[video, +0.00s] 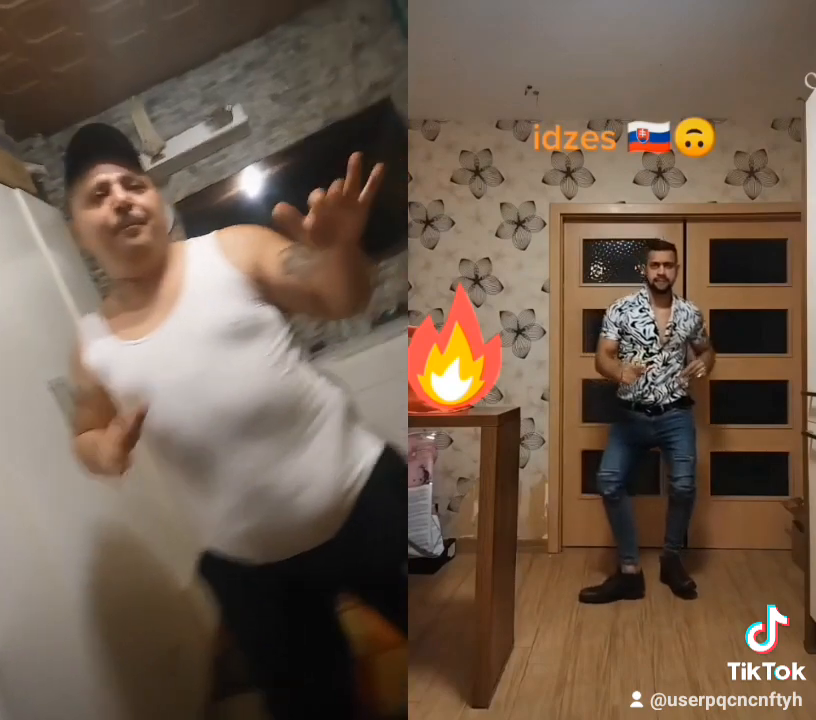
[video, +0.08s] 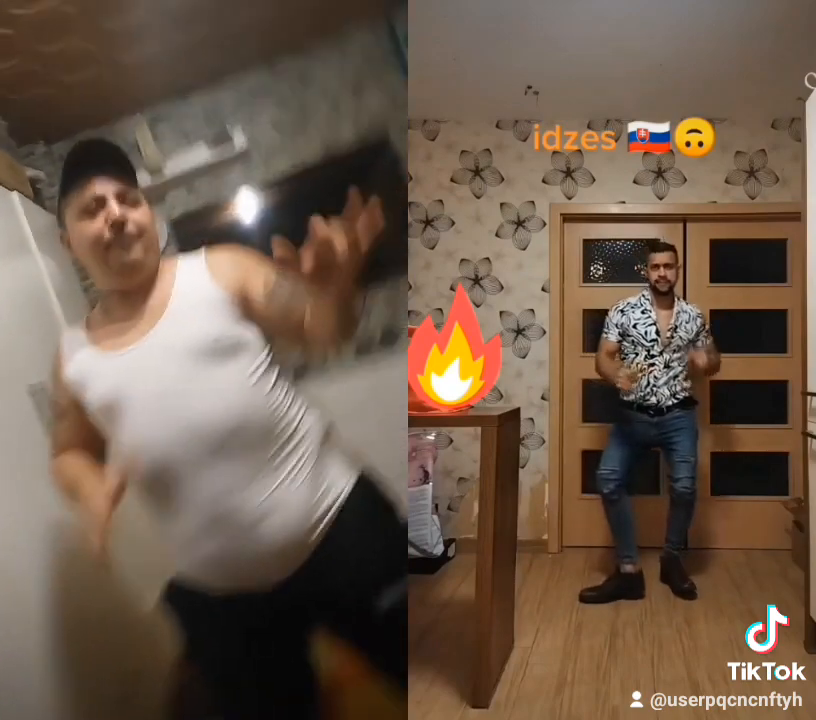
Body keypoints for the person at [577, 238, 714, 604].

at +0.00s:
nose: (662, 272)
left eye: (668, 265)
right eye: (655, 266)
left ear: (677, 270)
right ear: (644, 270)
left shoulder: (689, 315)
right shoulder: (621, 310)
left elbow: (705, 352)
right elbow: (603, 358)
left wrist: (703, 364)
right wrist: (620, 371)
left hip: (676, 415)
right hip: (631, 416)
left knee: (683, 487)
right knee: (609, 484)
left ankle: (672, 562)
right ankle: (629, 573)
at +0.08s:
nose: (662, 273)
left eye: (668, 267)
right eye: (656, 267)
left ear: (678, 271)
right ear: (645, 272)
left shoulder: (692, 317)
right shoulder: (623, 312)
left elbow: (712, 365)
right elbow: (604, 358)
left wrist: (703, 364)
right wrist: (618, 377)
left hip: (678, 415)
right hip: (633, 416)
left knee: (684, 488)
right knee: (609, 483)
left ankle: (672, 563)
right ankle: (629, 574)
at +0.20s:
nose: (661, 270)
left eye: (667, 264)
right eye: (655, 265)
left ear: (678, 268)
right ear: (646, 271)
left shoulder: (697, 312)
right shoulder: (626, 310)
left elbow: (719, 365)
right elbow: (603, 356)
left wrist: (703, 349)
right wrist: (611, 375)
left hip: (679, 413)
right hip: (633, 411)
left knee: (686, 487)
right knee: (605, 478)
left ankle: (673, 563)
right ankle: (624, 569)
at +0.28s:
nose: (659, 267)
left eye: (665, 261)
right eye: (653, 262)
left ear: (677, 265)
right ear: (645, 268)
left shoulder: (698, 306)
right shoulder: (628, 309)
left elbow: (719, 356)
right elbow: (603, 354)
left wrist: (692, 337)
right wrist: (607, 373)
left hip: (678, 412)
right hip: (633, 409)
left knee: (687, 486)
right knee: (602, 474)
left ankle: (673, 562)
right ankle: (617, 564)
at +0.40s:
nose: (654, 266)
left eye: (660, 259)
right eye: (648, 261)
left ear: (673, 263)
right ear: (642, 267)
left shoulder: (698, 301)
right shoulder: (629, 310)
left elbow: (716, 351)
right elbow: (607, 353)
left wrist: (681, 336)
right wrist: (607, 377)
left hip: (677, 411)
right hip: (631, 407)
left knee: (687, 486)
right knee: (602, 476)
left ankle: (673, 563)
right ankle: (608, 561)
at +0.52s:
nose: (649, 265)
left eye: (655, 259)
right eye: (643, 260)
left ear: (668, 263)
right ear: (637, 266)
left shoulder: (692, 301)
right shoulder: (625, 310)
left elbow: (709, 351)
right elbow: (608, 354)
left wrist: (668, 338)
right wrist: (607, 378)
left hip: (678, 412)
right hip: (631, 411)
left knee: (688, 488)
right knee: (603, 479)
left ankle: (673, 563)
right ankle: (612, 564)